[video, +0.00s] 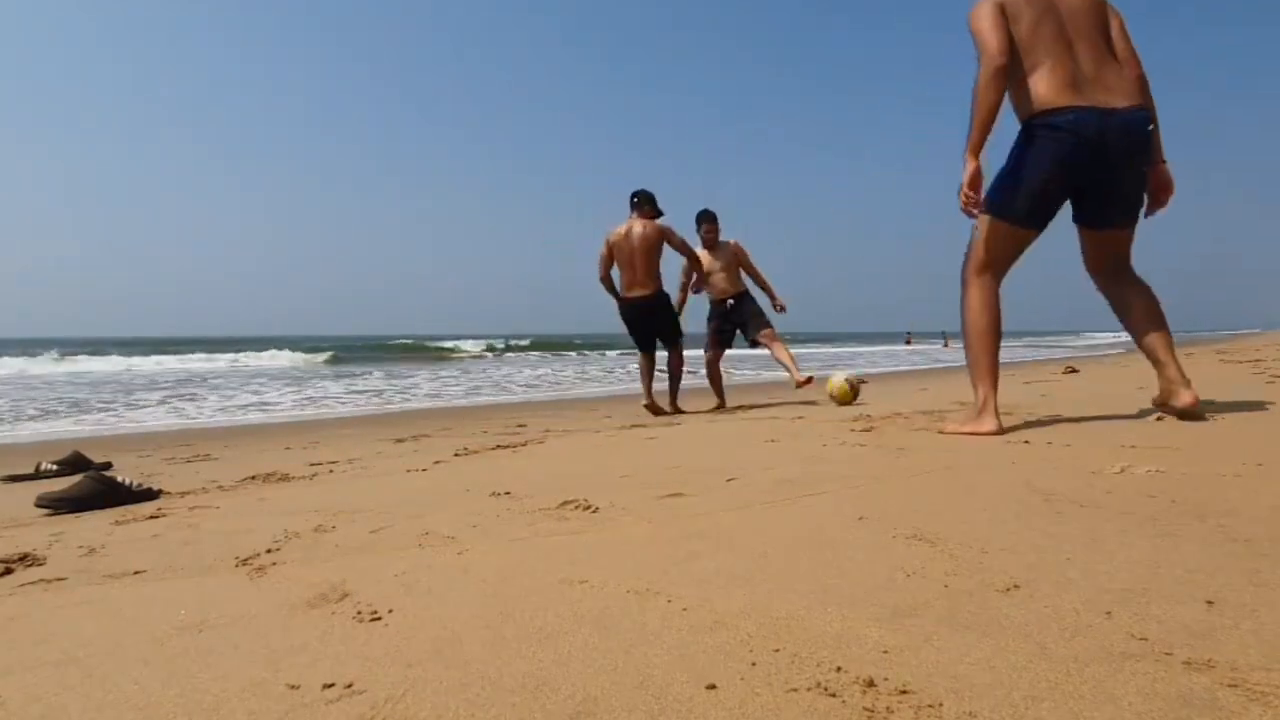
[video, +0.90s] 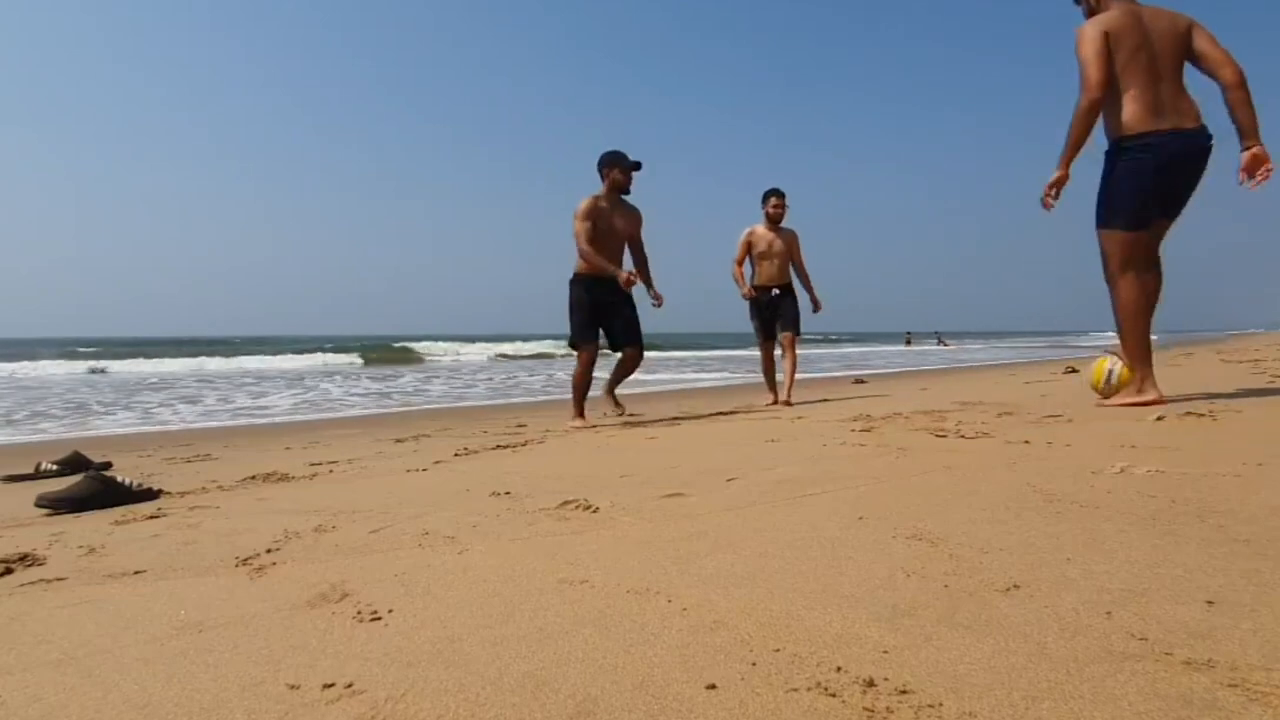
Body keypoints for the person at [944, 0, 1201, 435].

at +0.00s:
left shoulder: (990, 6)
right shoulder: (1100, 6)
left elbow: (997, 62)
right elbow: (1132, 67)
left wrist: (973, 153)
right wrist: (1155, 158)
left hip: (1055, 134)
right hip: (1127, 133)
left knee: (982, 268)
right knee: (1112, 266)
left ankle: (984, 410)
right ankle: (1175, 384)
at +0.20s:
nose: (1039, 4)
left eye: (1041, 5)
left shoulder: (1047, 20)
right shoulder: (1155, 10)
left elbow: (1033, 98)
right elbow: (1198, 84)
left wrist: (1000, 184)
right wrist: (1208, 167)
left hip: (1086, 149)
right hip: (1163, 149)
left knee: (1020, 281)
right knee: (1163, 279)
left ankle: (986, 411)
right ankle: (1230, 395)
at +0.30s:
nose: (1076, 9)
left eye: (1076, 7)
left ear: (1088, 2)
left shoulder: (1078, 26)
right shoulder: (1188, 14)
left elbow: (1064, 100)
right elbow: (1232, 91)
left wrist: (1031, 184)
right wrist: (1233, 176)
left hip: (1107, 153)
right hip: (1184, 153)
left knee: (1049, 281)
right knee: (1181, 281)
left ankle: (1003, 391)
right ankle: (1232, 393)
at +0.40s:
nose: (1095, 8)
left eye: (1095, 6)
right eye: (1095, 7)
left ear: (1106, 1)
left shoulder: (1098, 25)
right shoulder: (1202, 18)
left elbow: (1091, 93)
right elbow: (1242, 98)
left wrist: (1057, 176)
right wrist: (1243, 182)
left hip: (1123, 155)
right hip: (1197, 154)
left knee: (1059, 273)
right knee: (1191, 280)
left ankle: (1059, 366)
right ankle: (1231, 393)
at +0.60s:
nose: (1088, 8)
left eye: (1089, 6)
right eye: (1088, 6)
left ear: (1100, 1)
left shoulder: (1099, 20)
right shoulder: (1190, 16)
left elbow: (1106, 79)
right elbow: (1228, 89)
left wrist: (1084, 155)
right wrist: (1235, 163)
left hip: (1131, 147)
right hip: (1197, 142)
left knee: (1104, 272)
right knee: (1183, 268)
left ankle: (1129, 383)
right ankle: (1226, 347)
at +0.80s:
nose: (1084, 24)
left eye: (1082, 15)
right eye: (1081, 16)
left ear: (1094, 6)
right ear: (1131, 3)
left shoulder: (1094, 41)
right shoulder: (1180, 31)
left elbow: (1092, 109)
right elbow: (1226, 94)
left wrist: (1069, 183)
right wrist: (1232, 167)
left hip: (1131, 166)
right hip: (1191, 163)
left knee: (1105, 281)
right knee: (1151, 253)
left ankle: (1135, 388)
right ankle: (1169, 351)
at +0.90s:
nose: (1081, 11)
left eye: (1080, 6)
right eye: (1079, 7)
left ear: (1092, 1)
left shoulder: (1095, 27)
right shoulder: (1176, 21)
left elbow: (1093, 95)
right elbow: (1232, 75)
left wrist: (1063, 165)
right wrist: (1251, 142)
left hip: (1138, 152)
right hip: (1190, 144)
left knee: (1120, 267)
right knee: (1144, 254)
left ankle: (1141, 382)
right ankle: (1134, 363)